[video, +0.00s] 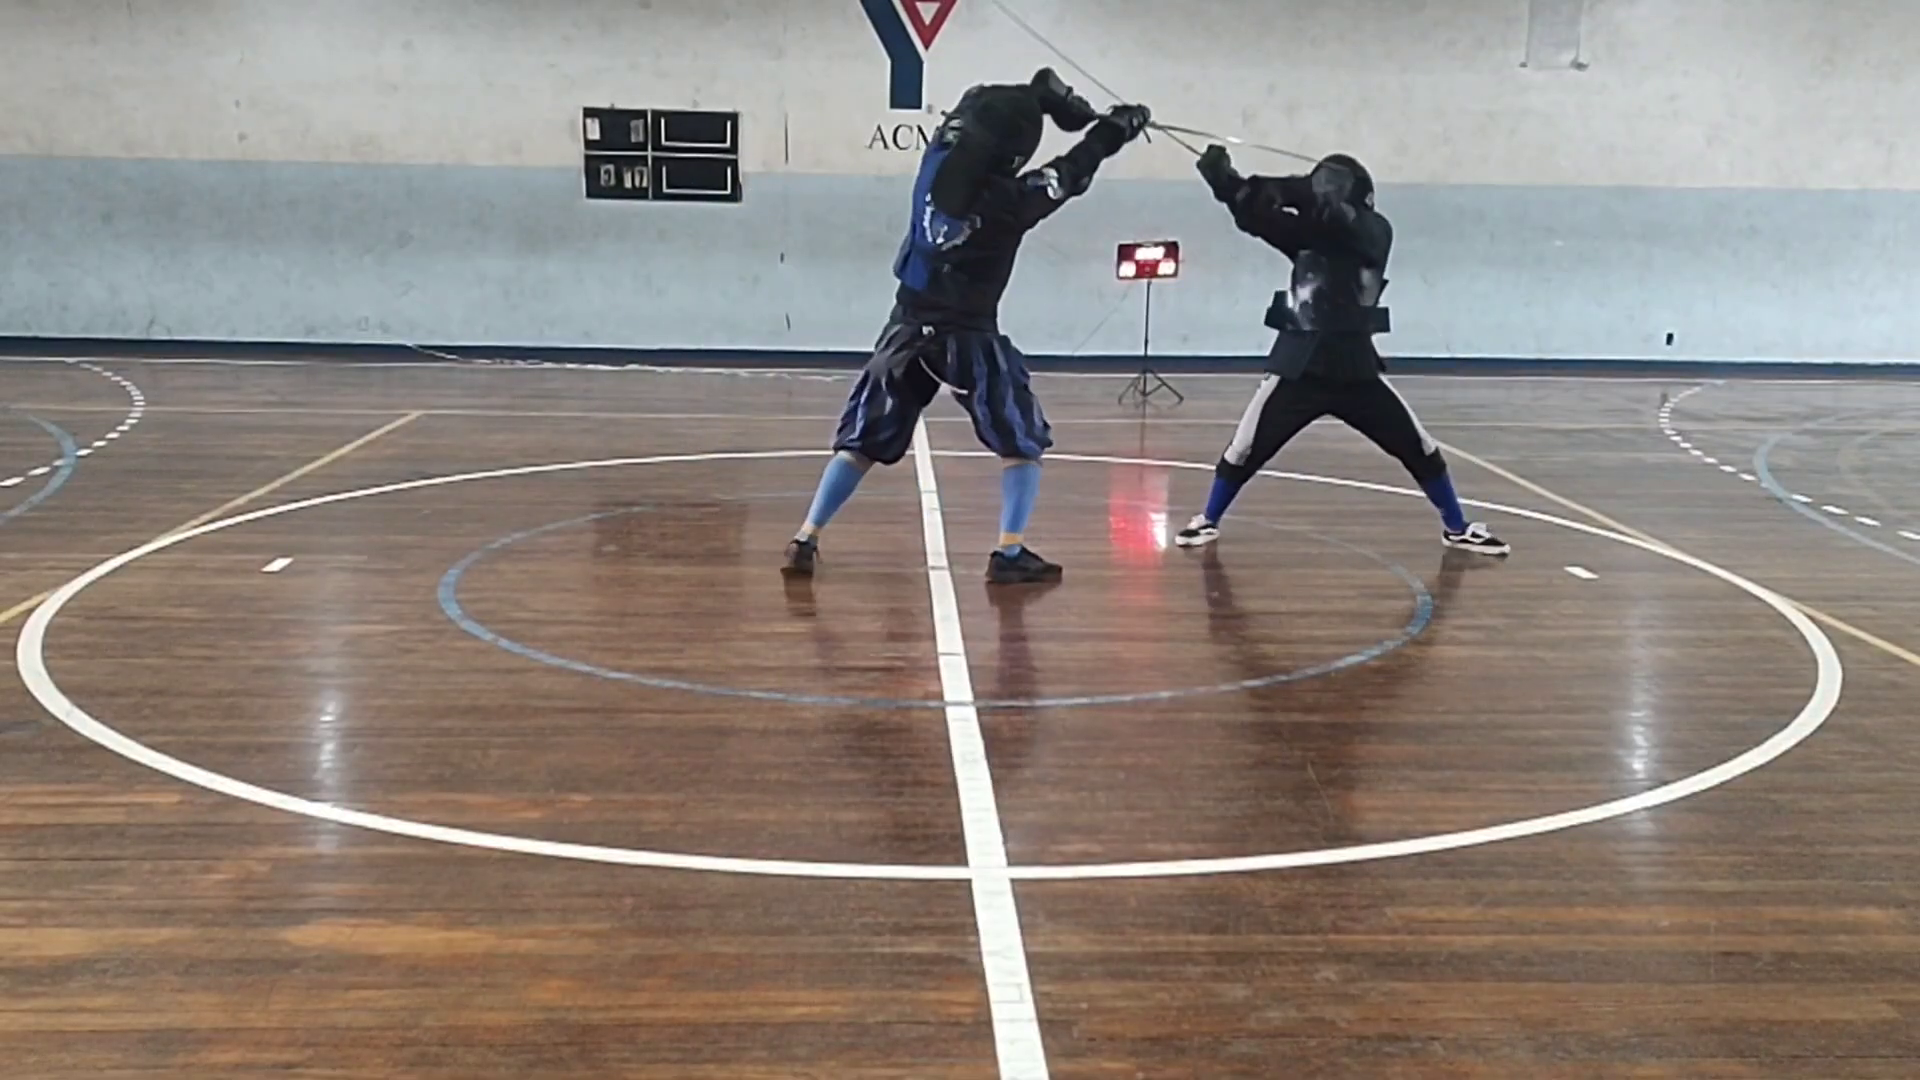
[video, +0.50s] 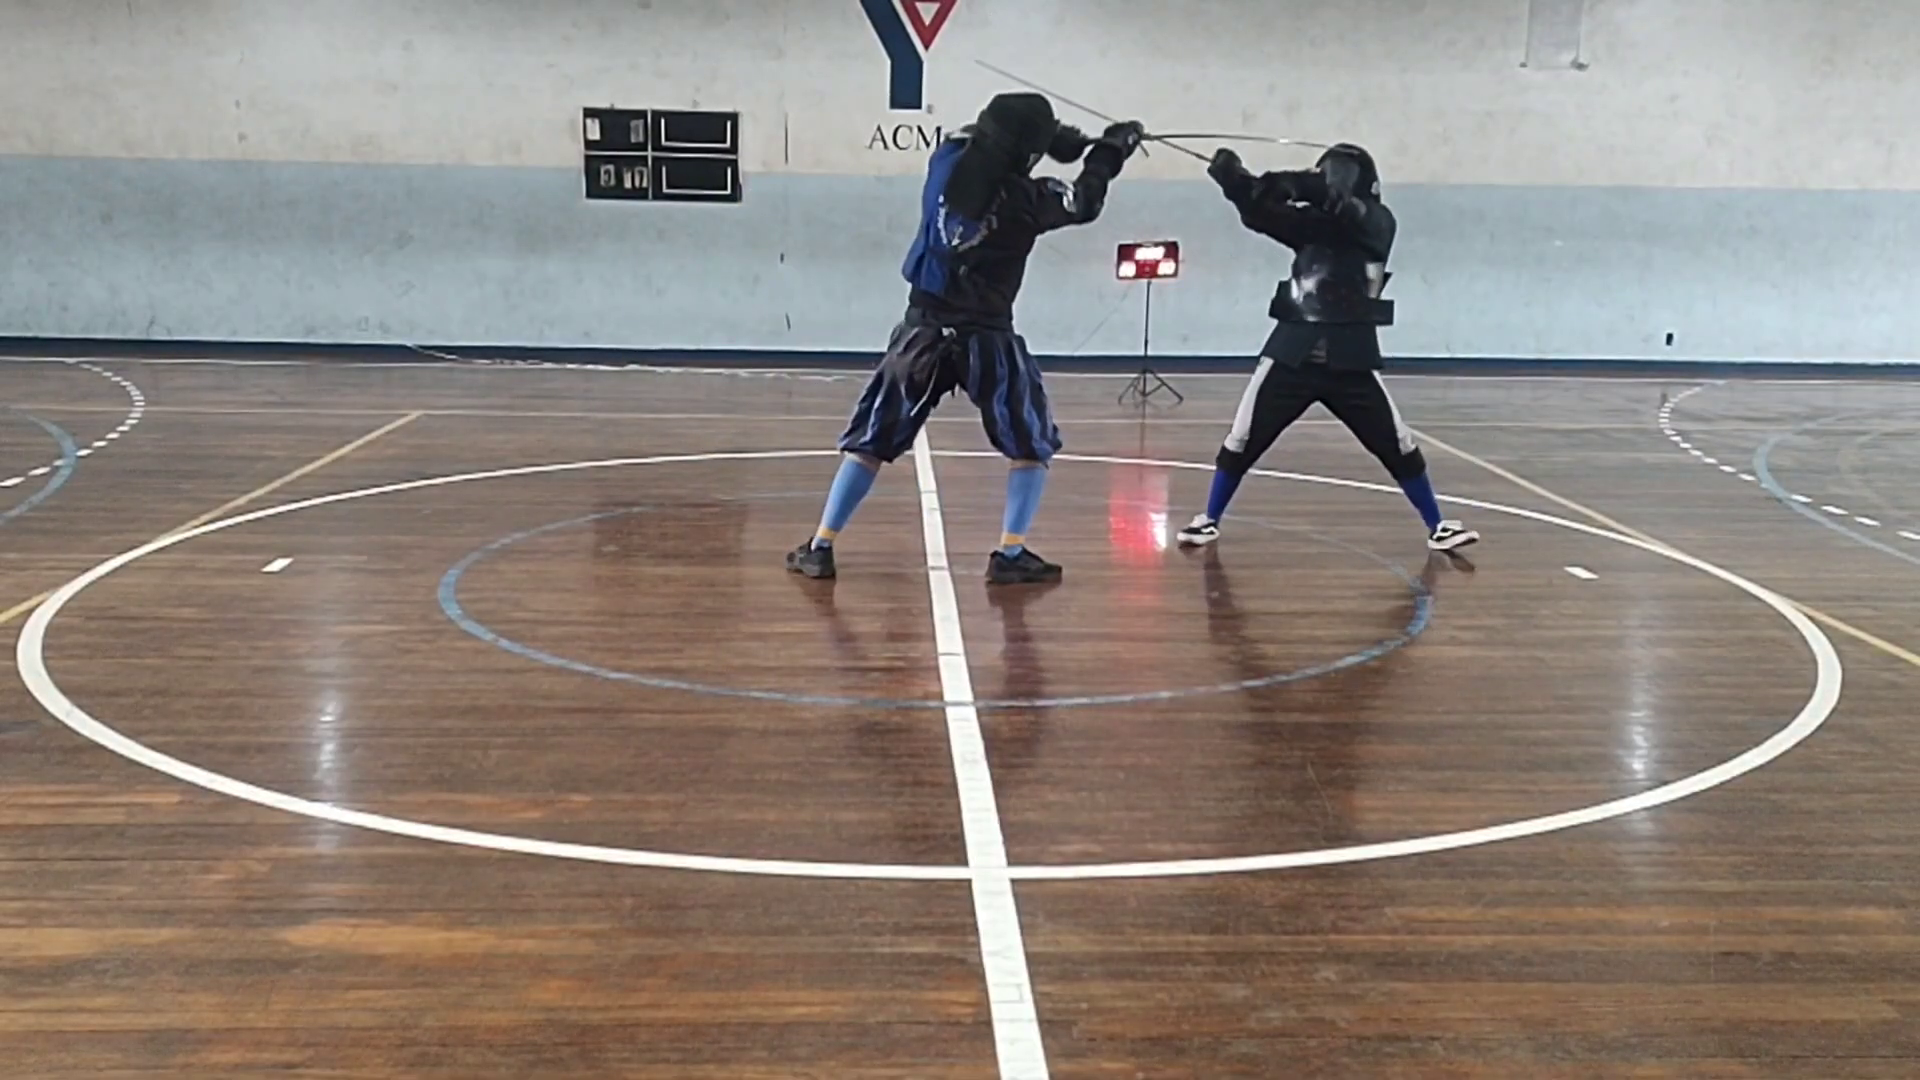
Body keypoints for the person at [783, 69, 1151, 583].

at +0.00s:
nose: (1029, 158)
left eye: (1026, 149)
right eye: (1027, 151)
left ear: (975, 129)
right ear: (1014, 151)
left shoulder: (935, 161)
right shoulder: (1011, 200)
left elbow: (978, 106)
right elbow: (1073, 171)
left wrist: (1042, 96)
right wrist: (1113, 129)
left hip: (907, 329)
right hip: (971, 337)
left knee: (865, 435)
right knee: (1023, 441)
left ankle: (805, 537)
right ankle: (1009, 551)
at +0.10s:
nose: (1036, 156)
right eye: (1035, 148)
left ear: (979, 129)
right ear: (1022, 150)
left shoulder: (939, 165)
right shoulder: (1019, 201)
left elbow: (979, 98)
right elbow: (1075, 165)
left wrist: (1040, 86)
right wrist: (1114, 121)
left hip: (917, 327)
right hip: (982, 335)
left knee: (872, 432)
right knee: (1028, 440)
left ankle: (809, 536)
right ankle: (1009, 552)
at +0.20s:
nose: (1041, 158)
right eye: (1039, 151)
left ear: (984, 132)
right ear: (1025, 152)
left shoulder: (943, 166)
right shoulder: (1024, 201)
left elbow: (983, 102)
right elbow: (1080, 166)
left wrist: (1044, 90)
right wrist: (1118, 124)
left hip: (920, 327)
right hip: (987, 337)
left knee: (877, 431)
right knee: (1030, 441)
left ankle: (822, 544)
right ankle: (1010, 551)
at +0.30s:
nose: (1042, 157)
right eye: (1040, 150)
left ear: (988, 131)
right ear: (1029, 153)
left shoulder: (947, 166)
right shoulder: (1027, 201)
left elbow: (984, 108)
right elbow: (1082, 171)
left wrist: (1043, 95)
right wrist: (1119, 130)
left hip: (923, 329)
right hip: (989, 338)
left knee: (878, 433)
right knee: (1033, 442)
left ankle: (821, 544)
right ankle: (1010, 551)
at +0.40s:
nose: (1039, 159)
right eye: (1037, 152)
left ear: (980, 136)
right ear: (1025, 156)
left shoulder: (947, 167)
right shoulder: (1028, 201)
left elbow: (983, 118)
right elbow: (1084, 175)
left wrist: (1045, 105)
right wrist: (1121, 135)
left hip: (922, 331)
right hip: (990, 339)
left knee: (876, 433)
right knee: (1033, 443)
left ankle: (820, 545)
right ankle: (1010, 552)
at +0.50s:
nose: (1043, 149)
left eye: (1047, 139)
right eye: (1041, 140)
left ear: (988, 127)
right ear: (1025, 147)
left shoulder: (945, 159)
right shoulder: (1025, 198)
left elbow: (993, 132)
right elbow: (1084, 200)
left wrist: (1056, 138)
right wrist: (1110, 149)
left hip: (921, 329)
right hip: (988, 338)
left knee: (874, 434)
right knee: (1032, 441)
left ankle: (819, 546)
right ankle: (1010, 553)